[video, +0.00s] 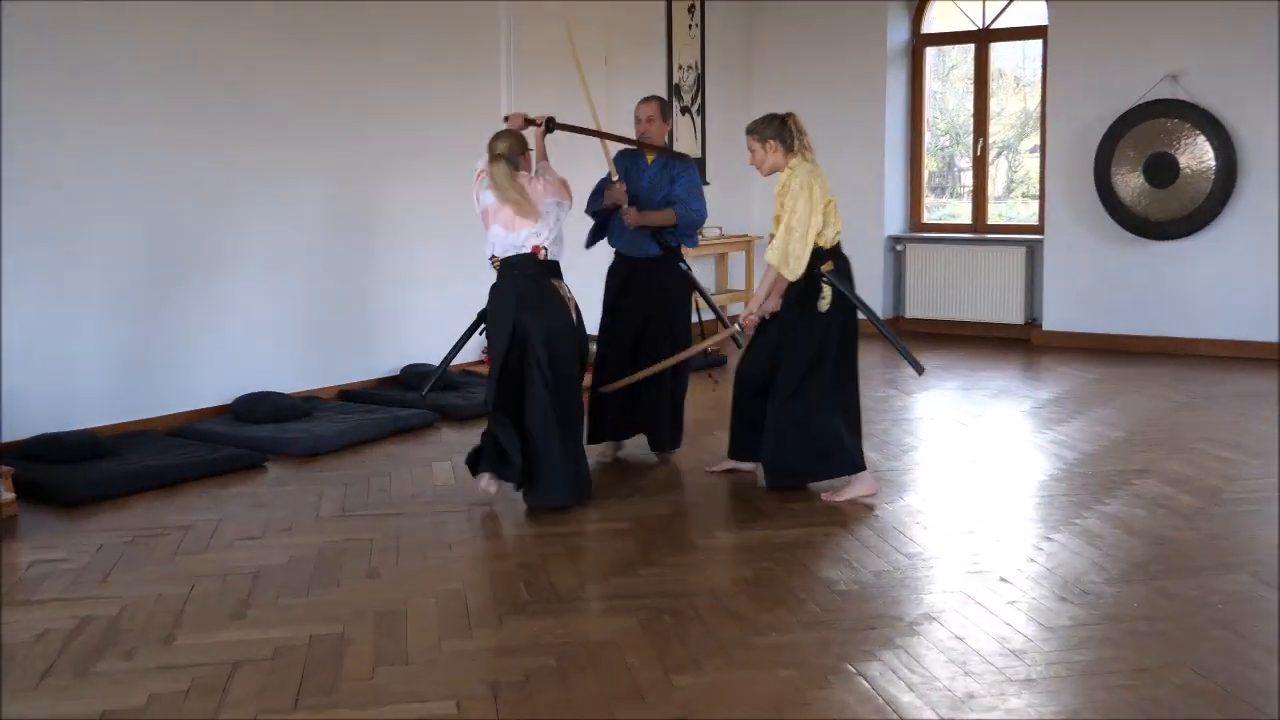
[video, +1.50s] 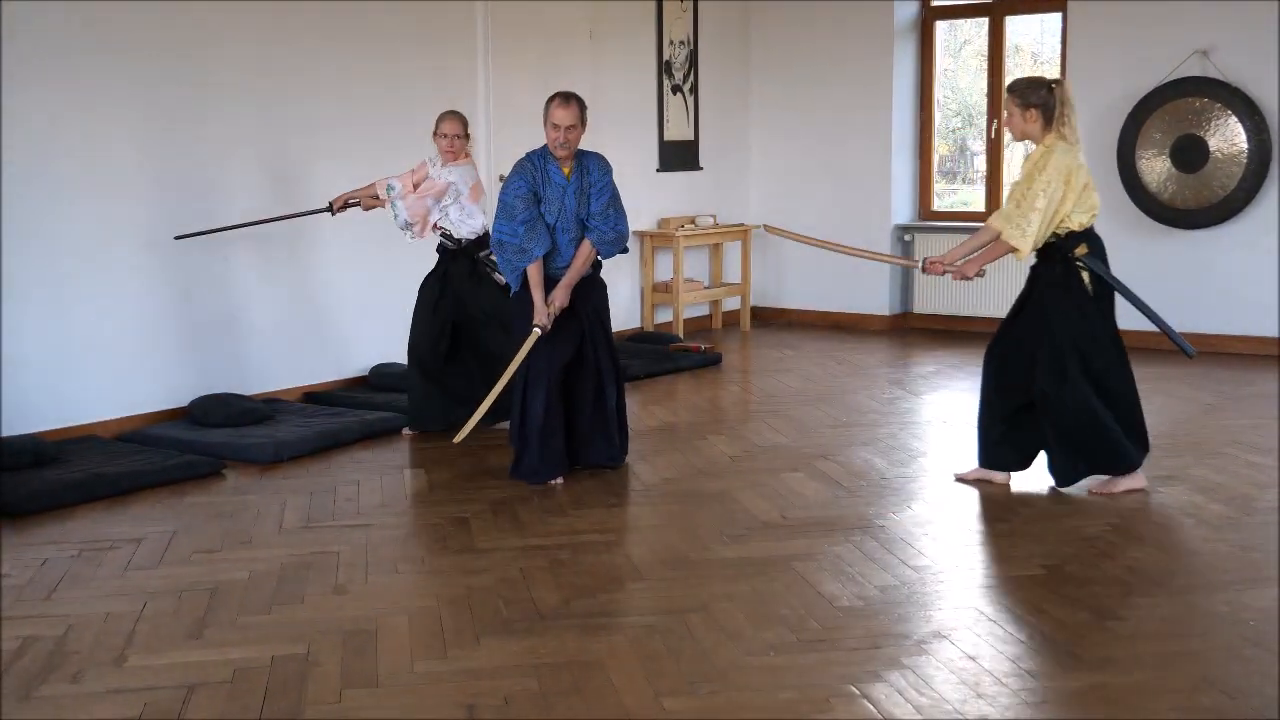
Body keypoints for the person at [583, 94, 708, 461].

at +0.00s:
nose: (642, 126)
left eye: (650, 120)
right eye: (638, 121)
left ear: (667, 125)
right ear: (634, 125)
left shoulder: (682, 166)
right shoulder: (624, 162)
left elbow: (694, 214)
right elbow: (593, 204)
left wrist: (646, 217)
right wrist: (609, 196)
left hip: (665, 271)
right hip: (624, 269)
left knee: (665, 352)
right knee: (616, 348)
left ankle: (663, 440)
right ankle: (614, 434)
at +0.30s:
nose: (619, 124)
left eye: (629, 118)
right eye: (615, 116)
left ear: (644, 125)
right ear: (608, 118)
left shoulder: (648, 174)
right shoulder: (584, 158)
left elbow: (649, 224)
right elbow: (572, 203)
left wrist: (608, 243)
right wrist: (578, 243)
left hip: (625, 278)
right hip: (580, 277)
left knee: (644, 356)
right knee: (575, 362)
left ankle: (650, 444)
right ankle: (560, 451)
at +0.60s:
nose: (591, 128)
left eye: (601, 121)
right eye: (585, 119)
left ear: (614, 125)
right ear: (575, 119)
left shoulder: (621, 167)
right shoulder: (552, 161)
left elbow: (619, 228)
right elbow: (545, 223)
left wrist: (581, 273)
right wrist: (550, 283)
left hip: (599, 276)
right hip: (552, 277)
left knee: (606, 360)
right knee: (553, 367)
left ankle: (606, 449)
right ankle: (556, 460)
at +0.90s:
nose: (571, 135)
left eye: (580, 127)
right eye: (564, 126)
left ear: (593, 128)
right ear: (555, 126)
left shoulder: (605, 167)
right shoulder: (536, 168)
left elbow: (610, 230)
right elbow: (534, 233)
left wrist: (571, 282)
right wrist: (541, 295)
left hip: (592, 279)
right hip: (545, 283)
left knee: (597, 362)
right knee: (549, 369)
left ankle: (594, 449)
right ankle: (552, 461)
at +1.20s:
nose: (564, 136)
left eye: (573, 128)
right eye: (557, 127)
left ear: (585, 129)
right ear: (547, 127)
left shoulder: (598, 168)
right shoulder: (529, 171)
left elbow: (603, 232)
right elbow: (531, 239)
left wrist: (569, 285)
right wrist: (540, 299)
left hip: (587, 281)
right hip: (539, 286)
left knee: (594, 364)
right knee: (546, 371)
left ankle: (595, 451)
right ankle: (549, 463)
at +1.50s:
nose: (562, 136)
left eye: (570, 128)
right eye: (554, 127)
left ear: (583, 129)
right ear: (545, 127)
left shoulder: (596, 168)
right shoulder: (526, 172)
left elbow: (601, 232)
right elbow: (529, 240)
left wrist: (567, 284)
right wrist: (538, 300)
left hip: (585, 280)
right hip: (537, 285)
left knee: (591, 363)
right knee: (543, 369)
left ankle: (592, 451)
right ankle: (546, 463)